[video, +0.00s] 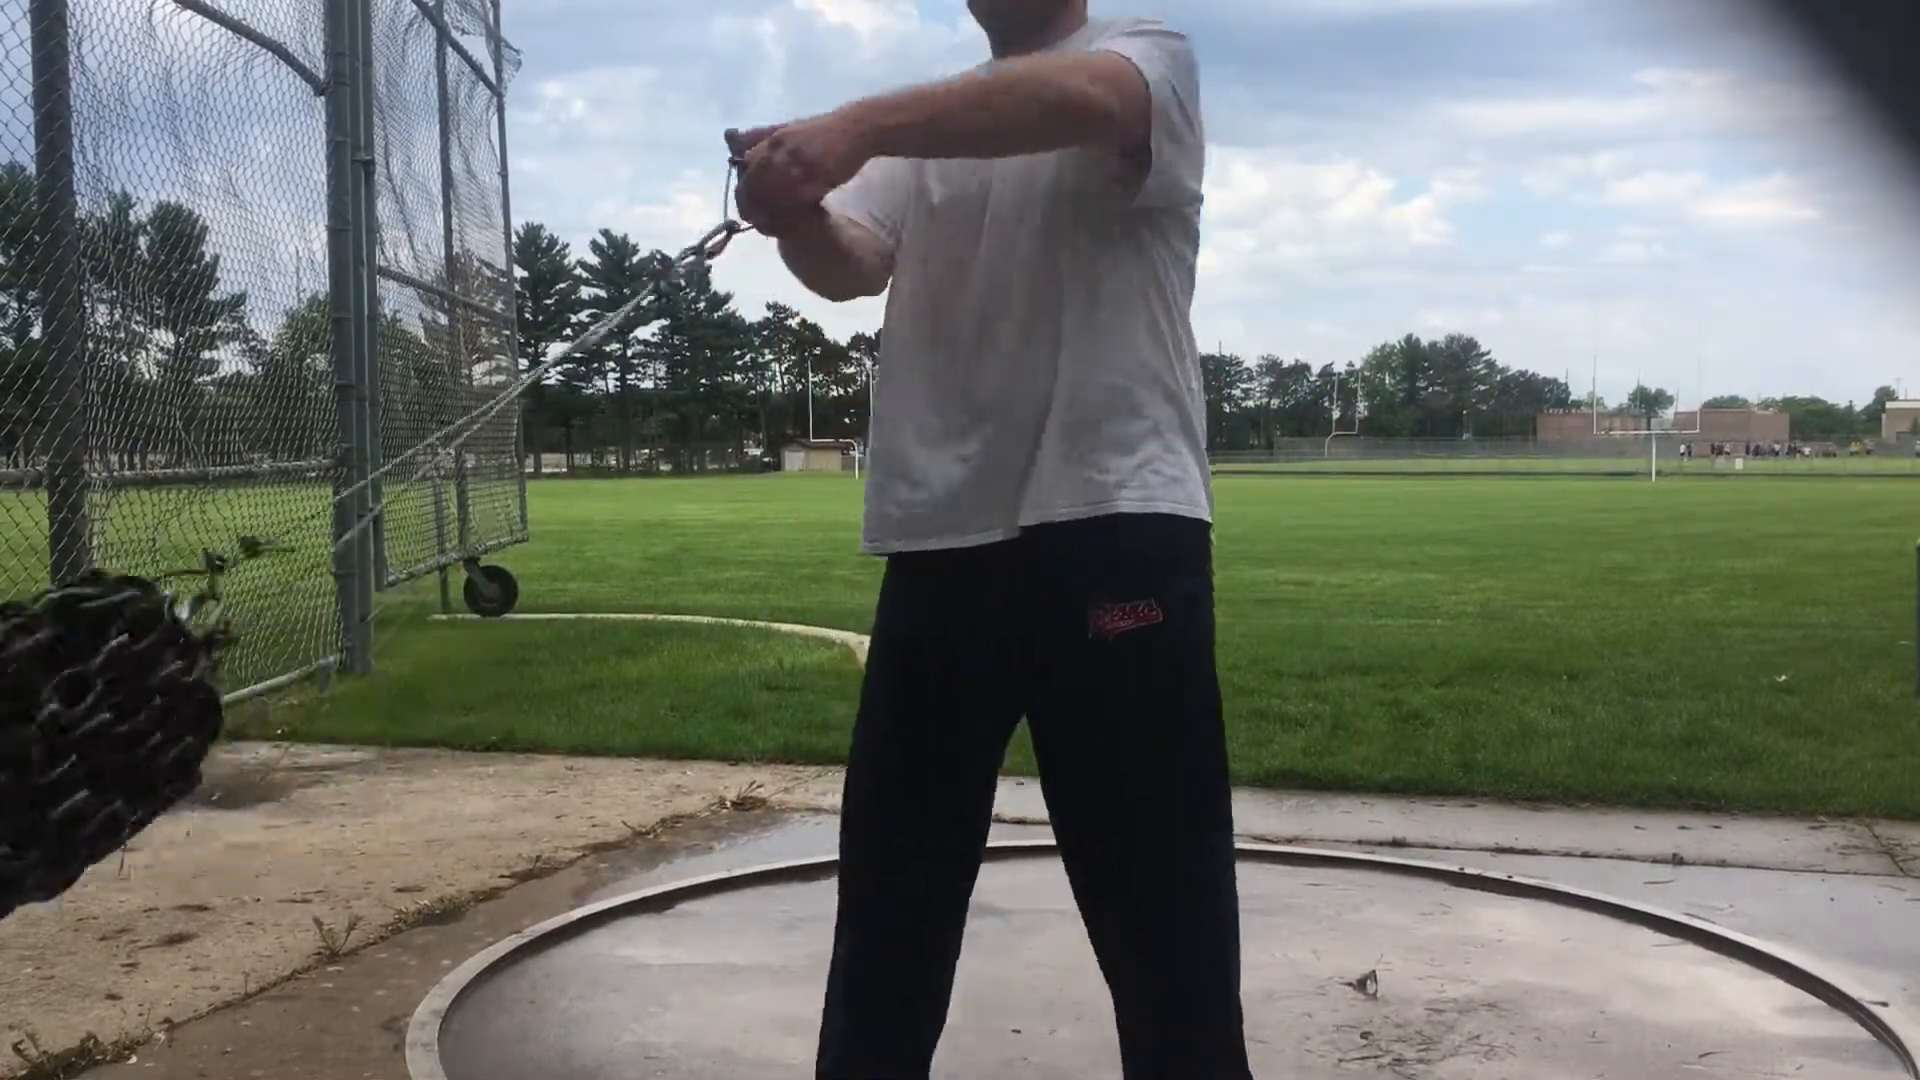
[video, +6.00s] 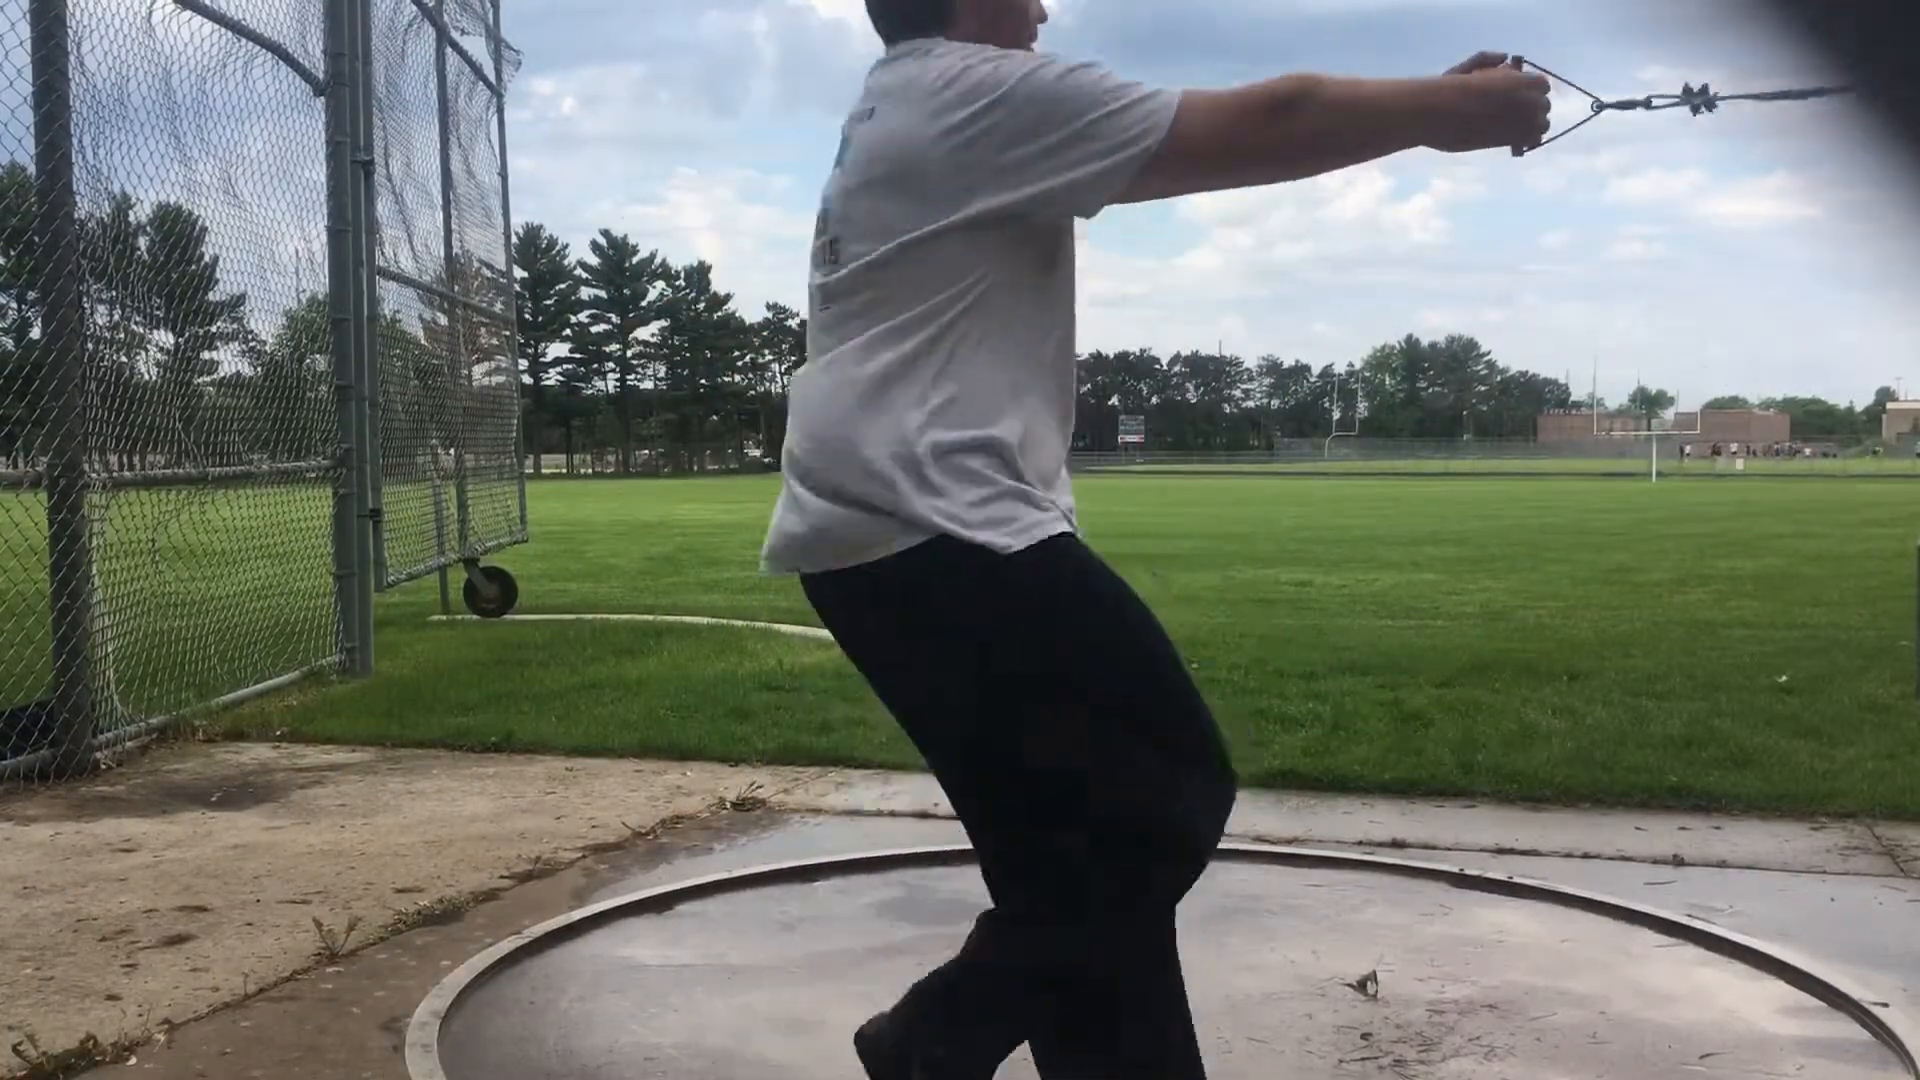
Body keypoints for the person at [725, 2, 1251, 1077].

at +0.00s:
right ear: (977, 4)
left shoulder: (1148, 56)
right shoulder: (928, 133)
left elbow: (1090, 99)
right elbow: (855, 265)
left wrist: (861, 127)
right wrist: (797, 221)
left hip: (1114, 528)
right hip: (938, 544)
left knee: (1162, 918)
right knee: (890, 910)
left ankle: (1189, 1067)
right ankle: (864, 1070)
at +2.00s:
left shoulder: (1309, 112)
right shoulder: (1061, 95)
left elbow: (1230, 234)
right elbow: (992, 211)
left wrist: (1038, 291)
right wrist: (967, 305)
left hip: (1210, 532)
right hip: (1032, 524)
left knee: (1194, 880)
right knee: (964, 866)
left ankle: (1200, 1076)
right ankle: (924, 1071)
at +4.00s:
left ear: (1234, 8)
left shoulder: (1247, 145)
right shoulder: (1031, 106)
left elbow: (1121, 293)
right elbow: (918, 212)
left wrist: (903, 339)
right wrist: (834, 302)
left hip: (1160, 540)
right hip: (987, 516)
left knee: (1160, 872)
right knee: (849, 770)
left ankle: (1179, 1072)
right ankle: (842, 1056)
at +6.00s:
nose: (1041, 8)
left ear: (922, 7)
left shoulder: (911, 101)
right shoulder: (969, 94)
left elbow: (1218, 145)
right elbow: (1248, 130)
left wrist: (1423, 106)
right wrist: (1446, 111)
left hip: (877, 532)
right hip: (944, 523)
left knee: (1066, 852)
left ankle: (1132, 1071)